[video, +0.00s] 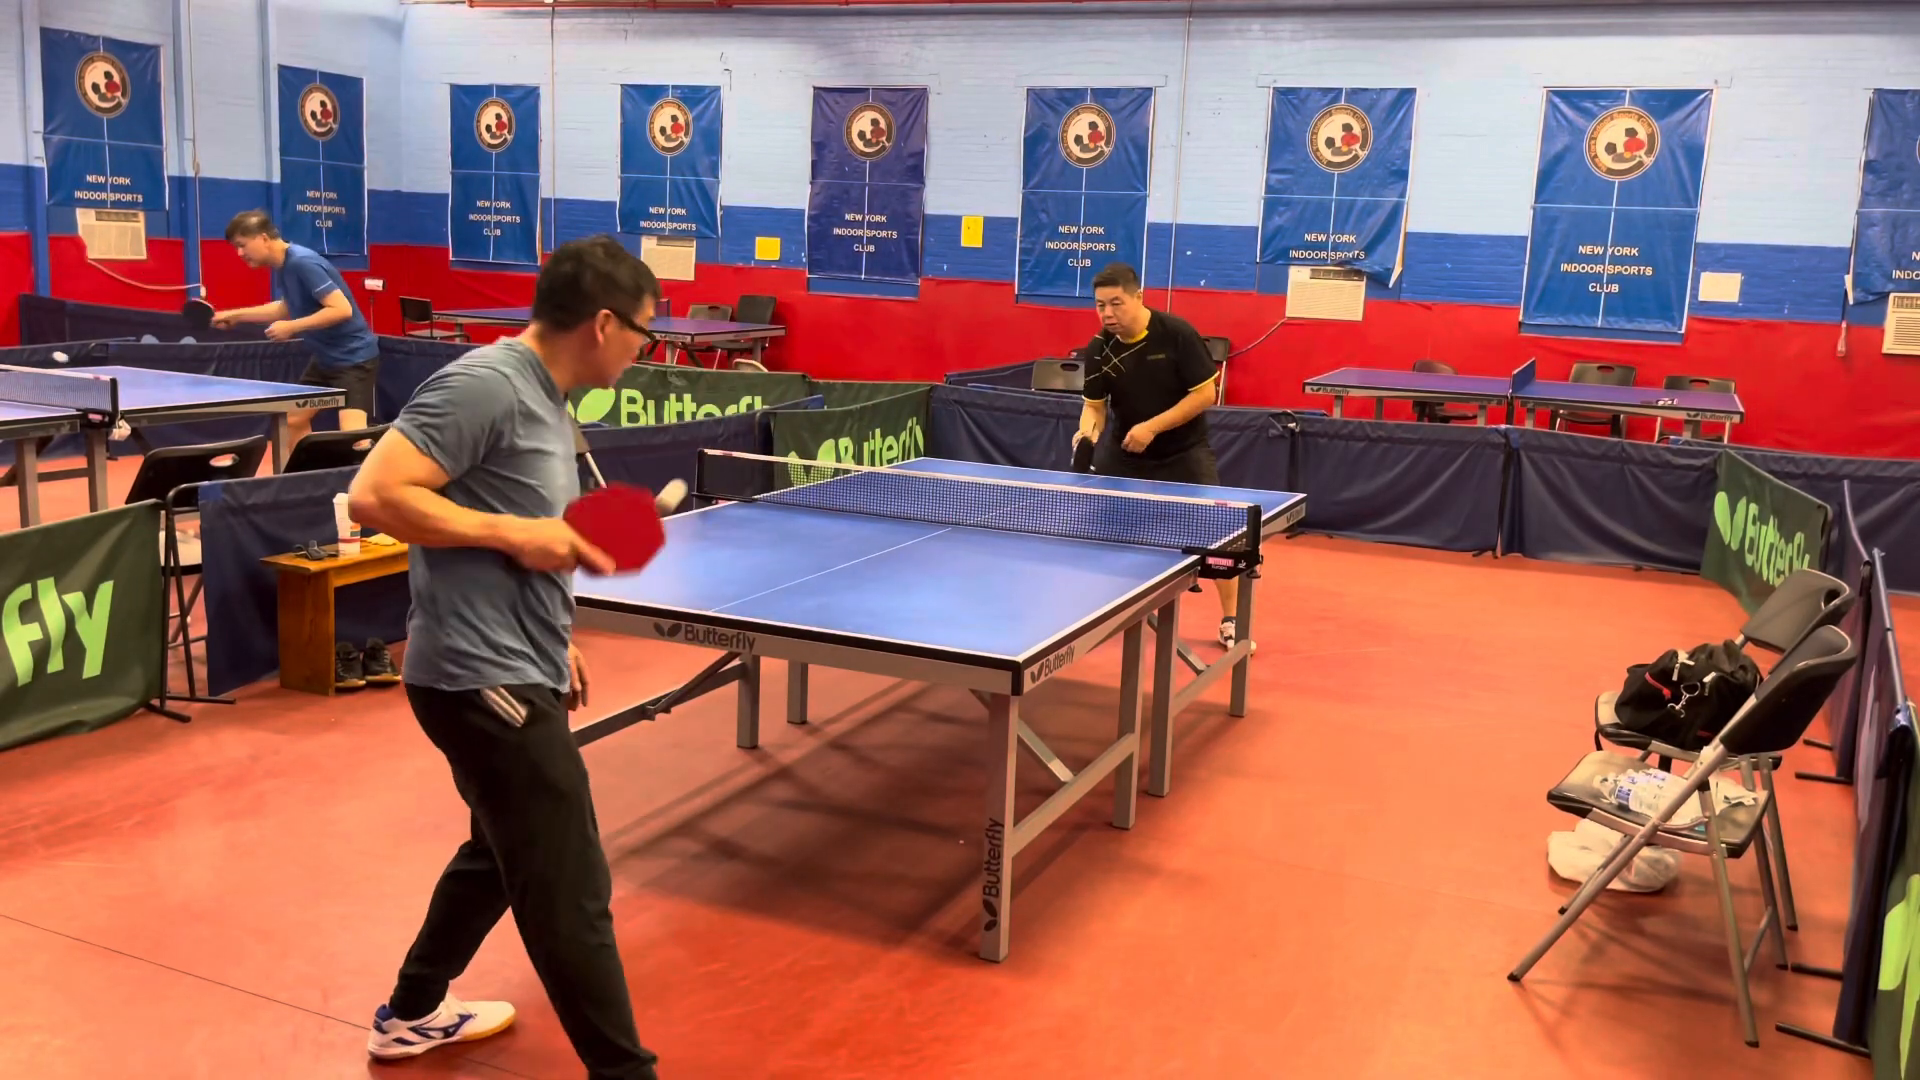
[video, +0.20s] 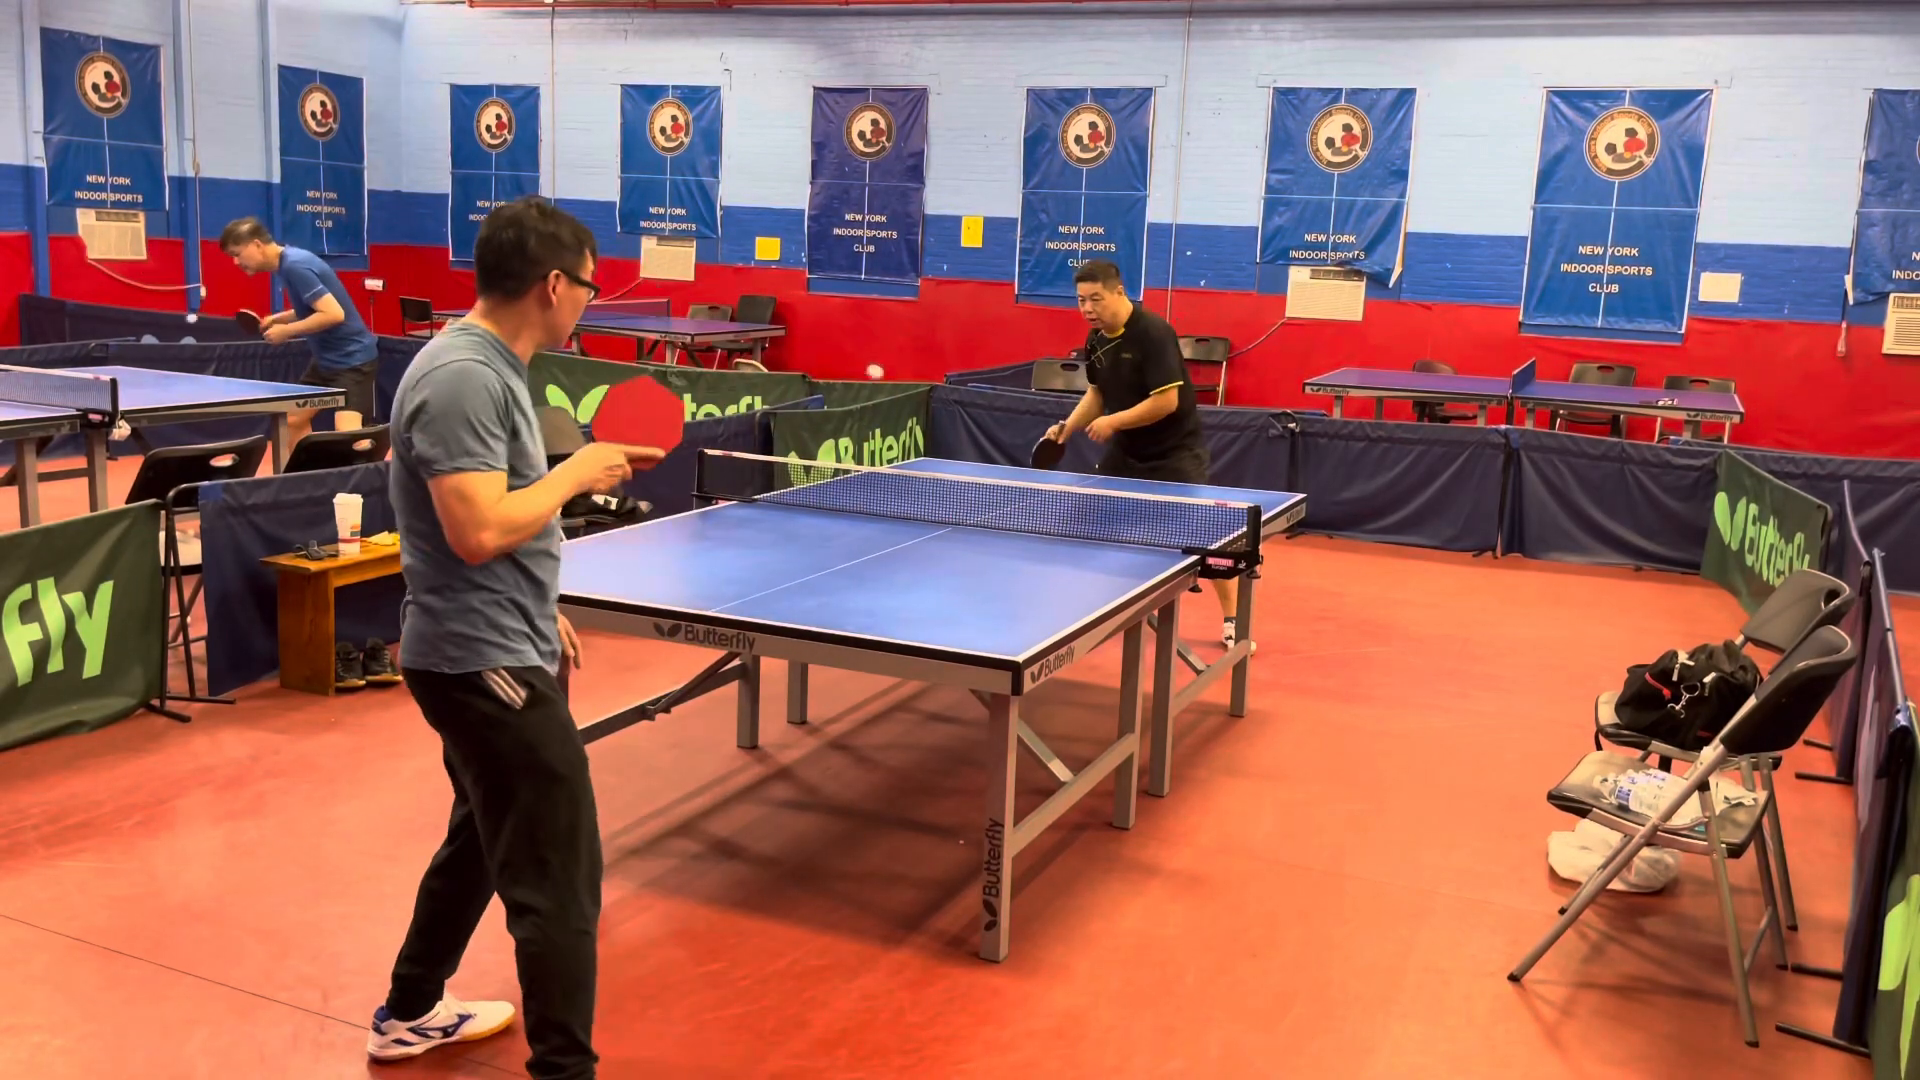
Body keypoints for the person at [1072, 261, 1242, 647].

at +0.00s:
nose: (1106, 313)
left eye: (1114, 303)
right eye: (1100, 305)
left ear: (1138, 298)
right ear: (1095, 305)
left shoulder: (1178, 334)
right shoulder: (1098, 349)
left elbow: (1206, 394)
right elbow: (1094, 406)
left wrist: (1152, 426)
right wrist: (1087, 433)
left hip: (1185, 455)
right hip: (1124, 456)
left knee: (1217, 530)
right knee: (1101, 527)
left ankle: (1230, 618)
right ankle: (1125, 609)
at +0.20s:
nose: (1087, 308)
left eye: (1094, 298)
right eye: (1082, 301)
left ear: (1118, 292)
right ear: (1080, 301)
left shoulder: (1154, 332)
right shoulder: (1097, 340)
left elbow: (1168, 400)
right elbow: (1097, 393)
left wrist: (1114, 421)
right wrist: (1068, 426)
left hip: (1177, 454)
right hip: (1125, 452)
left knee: (1205, 528)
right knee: (1086, 517)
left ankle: (1232, 617)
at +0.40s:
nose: (1069, 317)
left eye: (1075, 308)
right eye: (1065, 309)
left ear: (1102, 300)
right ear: (1067, 306)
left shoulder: (1130, 339)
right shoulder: (1106, 336)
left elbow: (1132, 412)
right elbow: (1106, 386)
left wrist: (1084, 425)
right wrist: (1059, 400)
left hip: (1163, 461)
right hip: (1121, 456)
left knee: (1194, 539)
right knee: (1073, 515)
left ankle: (1248, 620)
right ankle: (1117, 604)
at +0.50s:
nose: (1065, 317)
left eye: (1071, 308)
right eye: (1061, 309)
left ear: (1098, 300)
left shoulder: (1130, 336)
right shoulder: (1099, 334)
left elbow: (1136, 407)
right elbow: (1093, 382)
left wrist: (1088, 424)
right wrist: (1038, 375)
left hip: (1161, 459)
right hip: (1116, 454)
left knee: (1196, 534)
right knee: (1065, 510)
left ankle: (1247, 619)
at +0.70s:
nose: (1075, 311)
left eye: (1081, 301)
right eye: (1070, 303)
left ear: (1105, 292)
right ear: (1070, 302)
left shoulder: (1150, 325)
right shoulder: (1077, 340)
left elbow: (1181, 385)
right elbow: (1041, 392)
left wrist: (1127, 419)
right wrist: (1043, 357)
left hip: (1165, 450)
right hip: (1107, 448)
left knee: (1196, 522)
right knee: (1055, 505)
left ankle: (1224, 611)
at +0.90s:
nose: (1104, 319)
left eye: (1112, 309)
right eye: (1098, 310)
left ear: (1136, 303)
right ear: (1093, 310)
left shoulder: (1176, 338)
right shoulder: (1093, 352)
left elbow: (1204, 394)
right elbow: (1073, 419)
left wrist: (1160, 429)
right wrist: (1074, 396)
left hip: (1172, 449)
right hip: (1109, 446)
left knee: (1200, 521)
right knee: (1055, 504)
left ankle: (1218, 614)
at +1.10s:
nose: (1091, 315)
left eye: (1100, 305)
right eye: (1085, 306)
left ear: (1122, 301)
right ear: (1080, 307)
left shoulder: (1158, 341)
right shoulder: (1082, 348)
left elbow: (1182, 402)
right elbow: (1073, 402)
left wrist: (1128, 430)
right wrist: (1065, 416)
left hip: (1162, 450)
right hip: (1106, 448)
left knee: (1194, 523)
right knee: (1059, 503)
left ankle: (1216, 614)